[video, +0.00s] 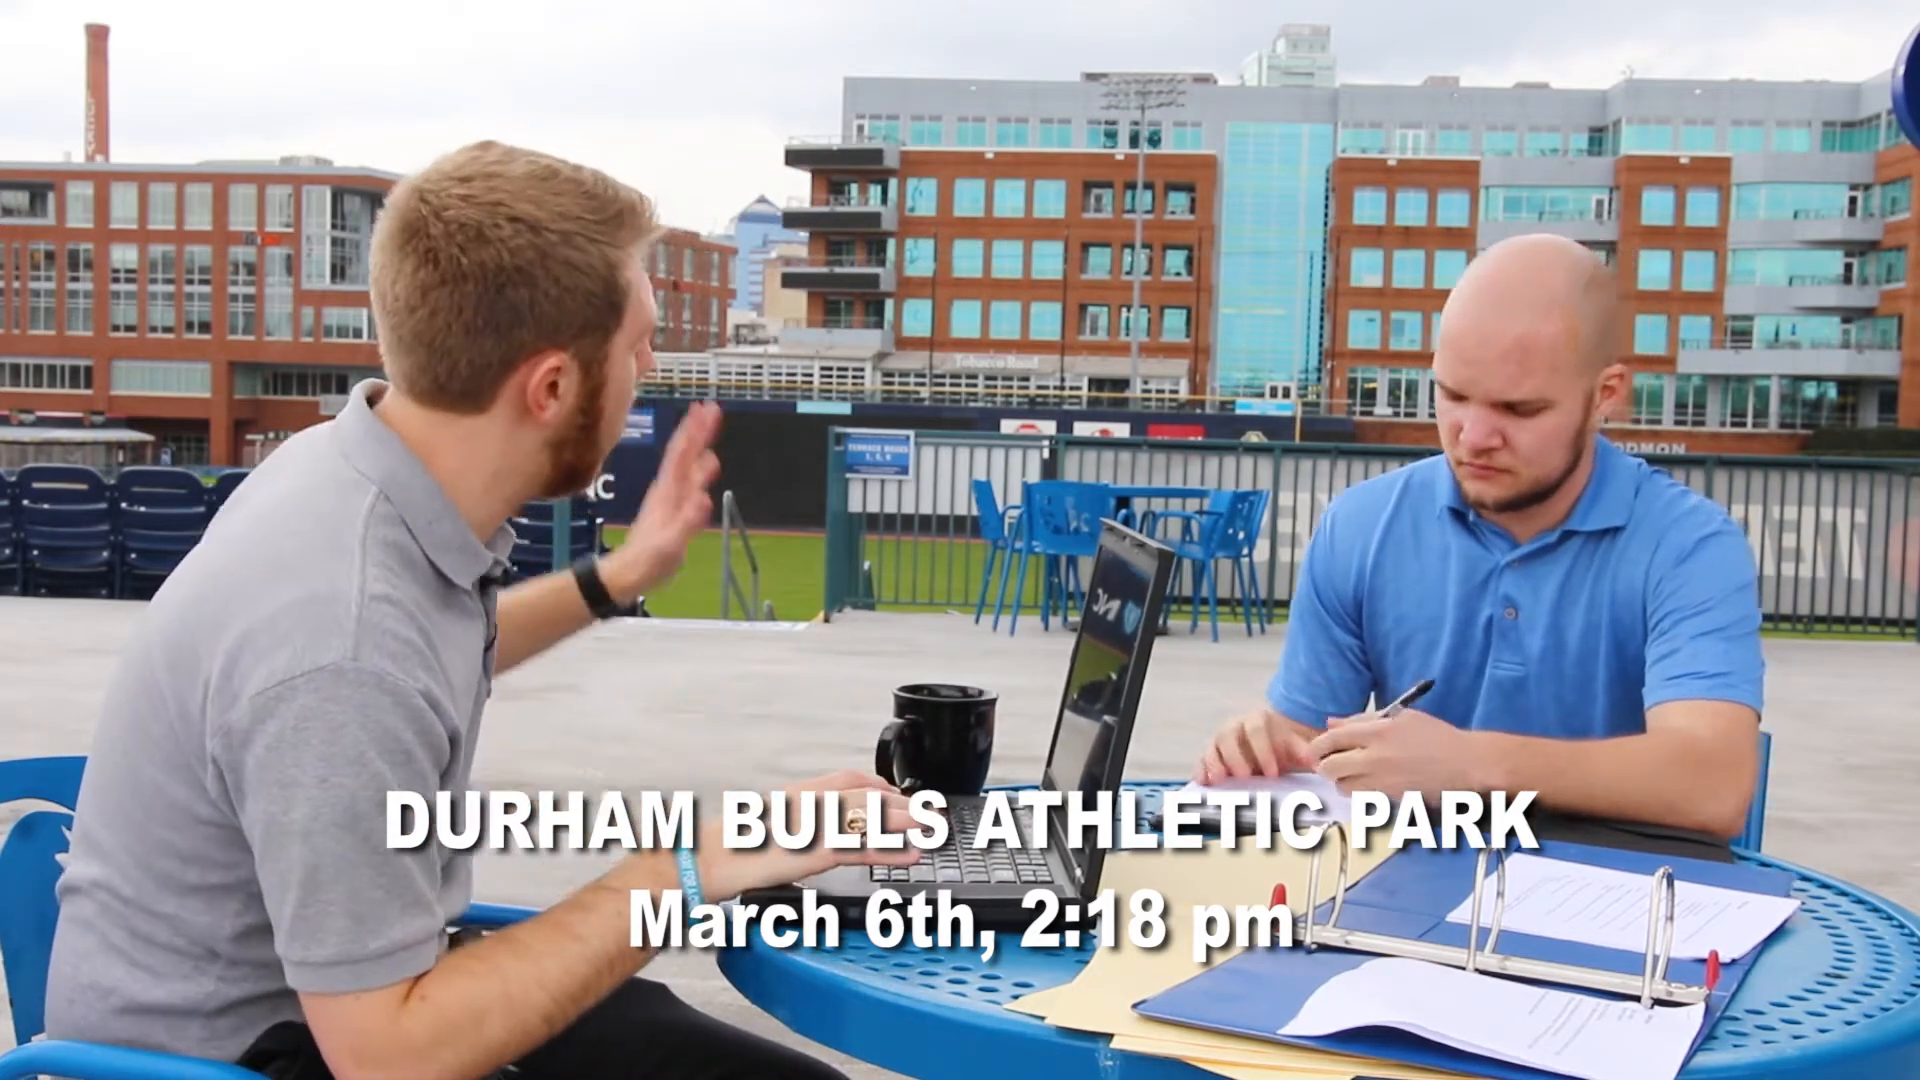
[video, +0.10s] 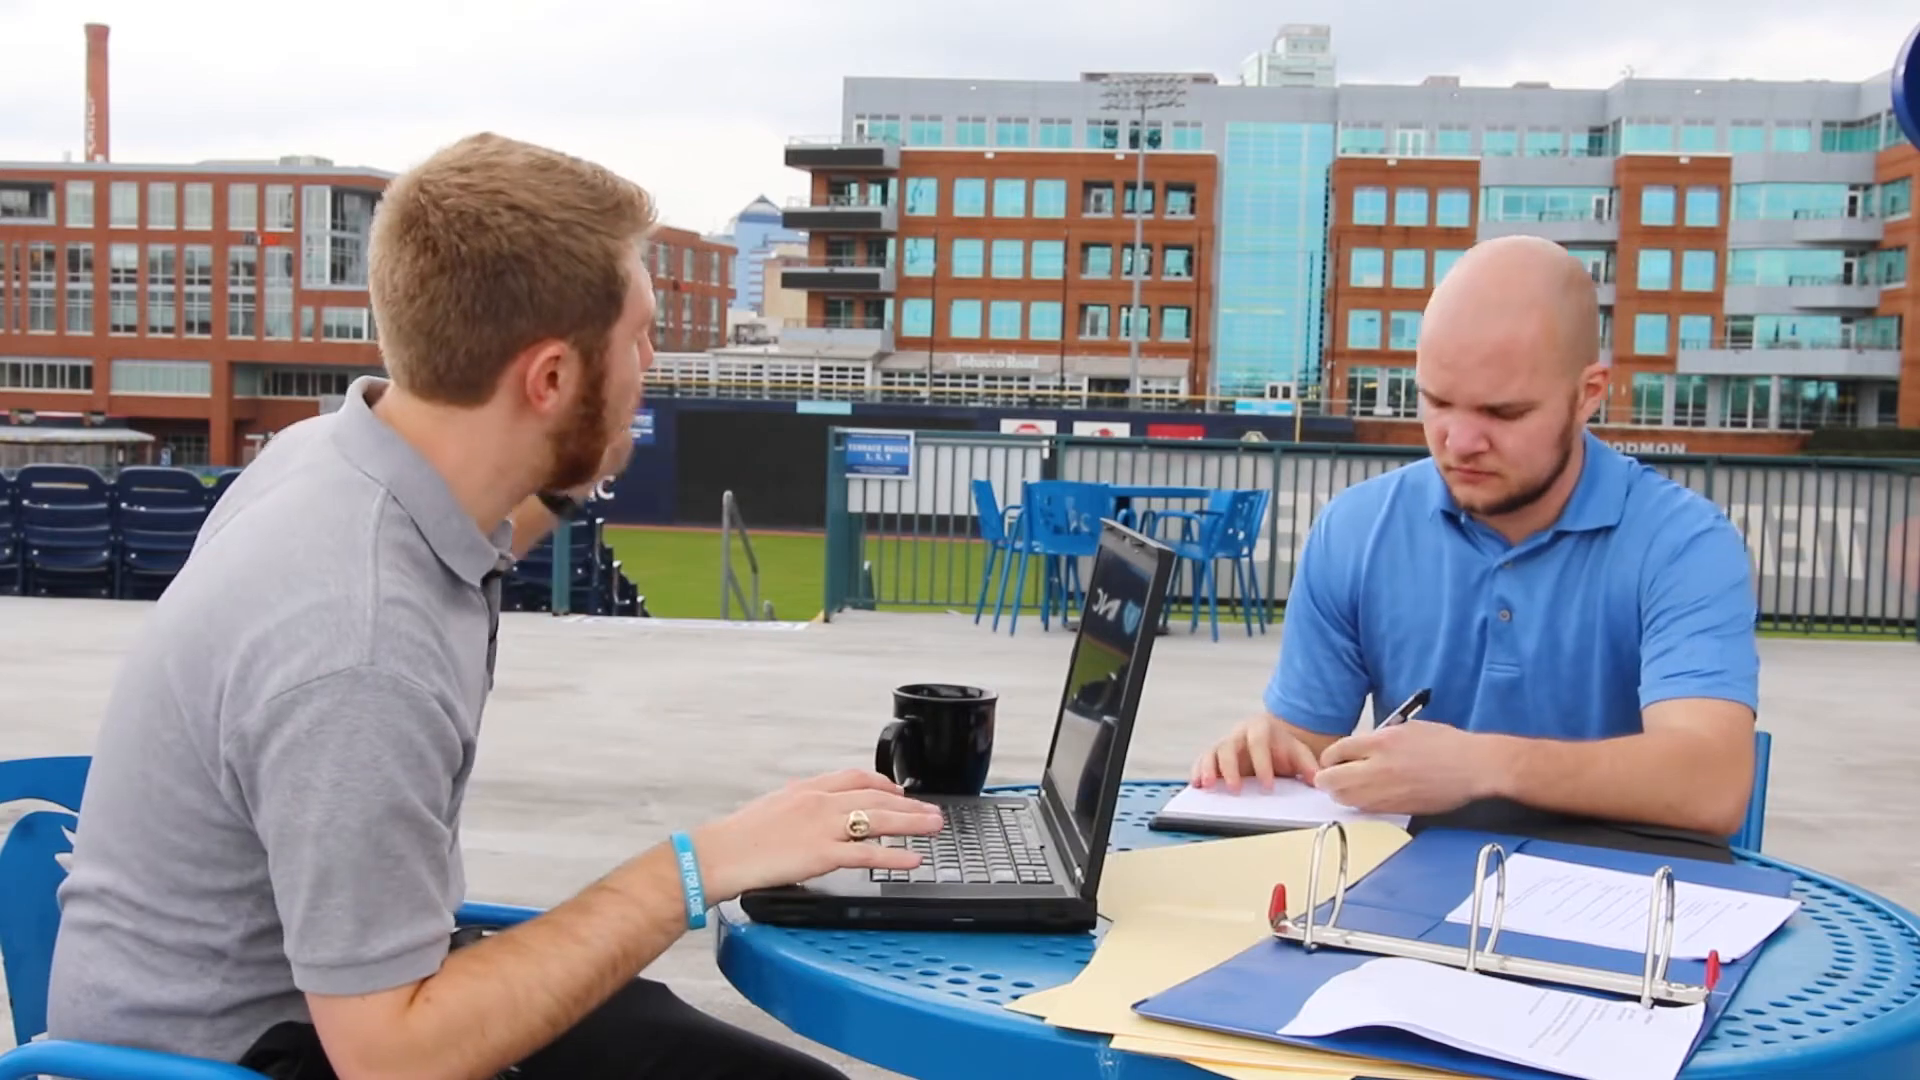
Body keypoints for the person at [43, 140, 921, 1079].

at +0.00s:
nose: (647, 366)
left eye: (644, 335)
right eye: (638, 341)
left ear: (416, 340)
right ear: (549, 387)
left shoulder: (341, 469)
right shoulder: (339, 653)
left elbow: (419, 662)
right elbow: (387, 1047)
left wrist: (619, 575)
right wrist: (685, 870)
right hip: (213, 1048)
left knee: (634, 1000)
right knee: (795, 1069)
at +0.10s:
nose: (651, 363)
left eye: (647, 329)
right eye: (640, 333)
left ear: (419, 338)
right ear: (546, 377)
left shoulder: (329, 460)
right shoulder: (354, 649)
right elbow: (392, 1049)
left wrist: (564, 487)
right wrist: (708, 863)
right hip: (213, 1054)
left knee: (628, 1009)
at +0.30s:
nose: (664, 372)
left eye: (660, 335)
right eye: (648, 340)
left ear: (528, 360)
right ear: (539, 368)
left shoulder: (323, 452)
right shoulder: (369, 640)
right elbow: (397, 1047)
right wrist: (709, 863)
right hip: (214, 1052)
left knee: (627, 1009)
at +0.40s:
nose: (663, 377)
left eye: (661, 339)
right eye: (648, 343)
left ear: (531, 357)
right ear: (540, 365)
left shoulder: (320, 452)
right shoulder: (368, 633)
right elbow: (397, 1040)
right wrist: (709, 861)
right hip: (215, 1048)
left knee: (615, 1000)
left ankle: (817, 1065)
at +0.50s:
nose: (663, 377)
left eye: (661, 339)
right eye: (647, 343)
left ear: (530, 356)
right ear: (538, 362)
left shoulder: (322, 458)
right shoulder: (365, 623)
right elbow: (393, 1037)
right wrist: (711, 860)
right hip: (211, 1049)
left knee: (611, 998)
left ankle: (817, 1066)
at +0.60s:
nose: (661, 375)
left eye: (658, 337)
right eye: (644, 341)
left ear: (529, 355)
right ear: (536, 361)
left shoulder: (320, 459)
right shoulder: (366, 619)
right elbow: (388, 1037)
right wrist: (711, 860)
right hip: (212, 1049)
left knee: (609, 997)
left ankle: (818, 1066)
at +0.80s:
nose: (656, 368)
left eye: (651, 331)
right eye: (637, 335)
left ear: (527, 352)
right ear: (528, 357)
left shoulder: (327, 461)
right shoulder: (363, 615)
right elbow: (390, 1037)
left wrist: (393, 943)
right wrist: (714, 859)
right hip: (211, 1053)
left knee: (612, 1000)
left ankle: (820, 1070)